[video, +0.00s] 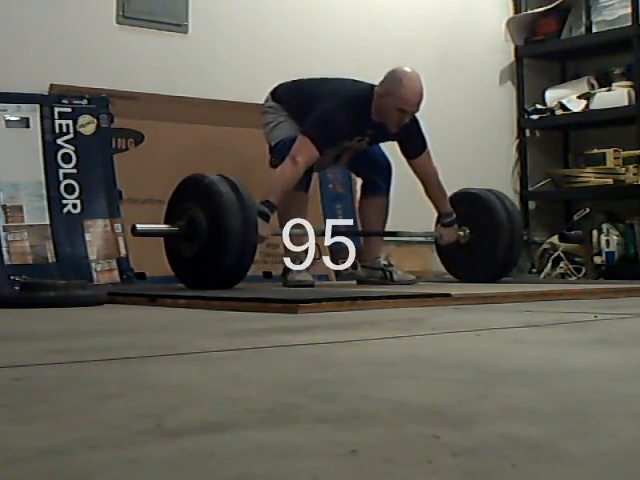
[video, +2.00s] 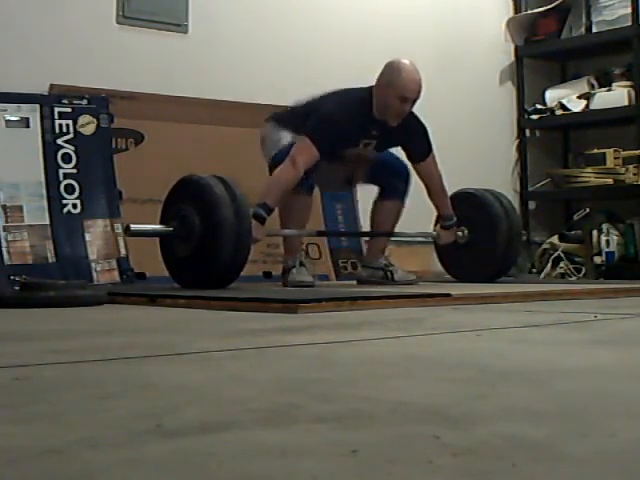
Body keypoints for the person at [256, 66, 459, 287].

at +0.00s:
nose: (405, 120)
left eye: (410, 114)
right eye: (401, 112)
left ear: (415, 108)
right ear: (380, 98)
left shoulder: (404, 121)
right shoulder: (340, 108)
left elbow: (426, 170)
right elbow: (297, 160)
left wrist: (447, 217)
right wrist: (265, 210)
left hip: (333, 127)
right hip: (284, 112)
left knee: (378, 168)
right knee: (297, 169)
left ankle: (372, 263)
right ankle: (296, 266)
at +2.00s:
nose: (405, 109)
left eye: (412, 103)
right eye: (401, 100)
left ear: (417, 100)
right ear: (380, 88)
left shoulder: (410, 127)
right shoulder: (342, 110)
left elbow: (432, 177)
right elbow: (295, 163)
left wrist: (448, 220)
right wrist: (259, 215)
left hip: (337, 151)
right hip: (286, 134)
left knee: (396, 174)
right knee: (298, 173)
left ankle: (374, 263)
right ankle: (293, 266)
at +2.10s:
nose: (404, 105)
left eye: (410, 98)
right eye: (399, 95)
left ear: (415, 97)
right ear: (377, 87)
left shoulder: (410, 128)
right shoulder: (340, 112)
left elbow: (433, 176)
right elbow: (293, 159)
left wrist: (450, 220)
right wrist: (261, 213)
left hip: (345, 180)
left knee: (403, 175)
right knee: (307, 171)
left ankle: (374, 263)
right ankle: (293, 266)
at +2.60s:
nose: (402, 66)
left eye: (404, 60)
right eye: (392, 58)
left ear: (405, 69)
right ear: (366, 68)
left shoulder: (401, 119)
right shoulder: (335, 103)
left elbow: (425, 166)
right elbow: (294, 153)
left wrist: (447, 211)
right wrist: (265, 206)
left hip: (355, 181)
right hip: (316, 177)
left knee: (409, 178)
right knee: (315, 171)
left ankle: (375, 262)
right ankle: (294, 264)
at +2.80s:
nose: (406, 43)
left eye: (409, 38)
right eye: (396, 36)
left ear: (412, 47)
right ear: (372, 44)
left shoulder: (402, 96)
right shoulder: (341, 78)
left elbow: (424, 141)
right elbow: (296, 127)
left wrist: (445, 188)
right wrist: (265, 176)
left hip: (350, 145)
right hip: (302, 138)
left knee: (396, 172)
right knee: (305, 157)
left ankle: (375, 262)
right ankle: (292, 263)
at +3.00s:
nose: (404, 7)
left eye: (406, 2)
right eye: (394, 1)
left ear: (408, 10)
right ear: (371, 6)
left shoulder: (399, 62)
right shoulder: (340, 44)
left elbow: (417, 106)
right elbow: (291, 89)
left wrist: (439, 154)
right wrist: (261, 134)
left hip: (341, 119)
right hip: (296, 112)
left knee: (380, 168)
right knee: (294, 159)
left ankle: (374, 262)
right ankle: (291, 263)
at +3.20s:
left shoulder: (392, 26)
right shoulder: (331, 10)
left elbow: (412, 73)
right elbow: (284, 50)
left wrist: (434, 121)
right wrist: (255, 97)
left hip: (348, 112)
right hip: (302, 104)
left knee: (392, 171)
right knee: (310, 162)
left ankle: (375, 262)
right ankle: (293, 264)